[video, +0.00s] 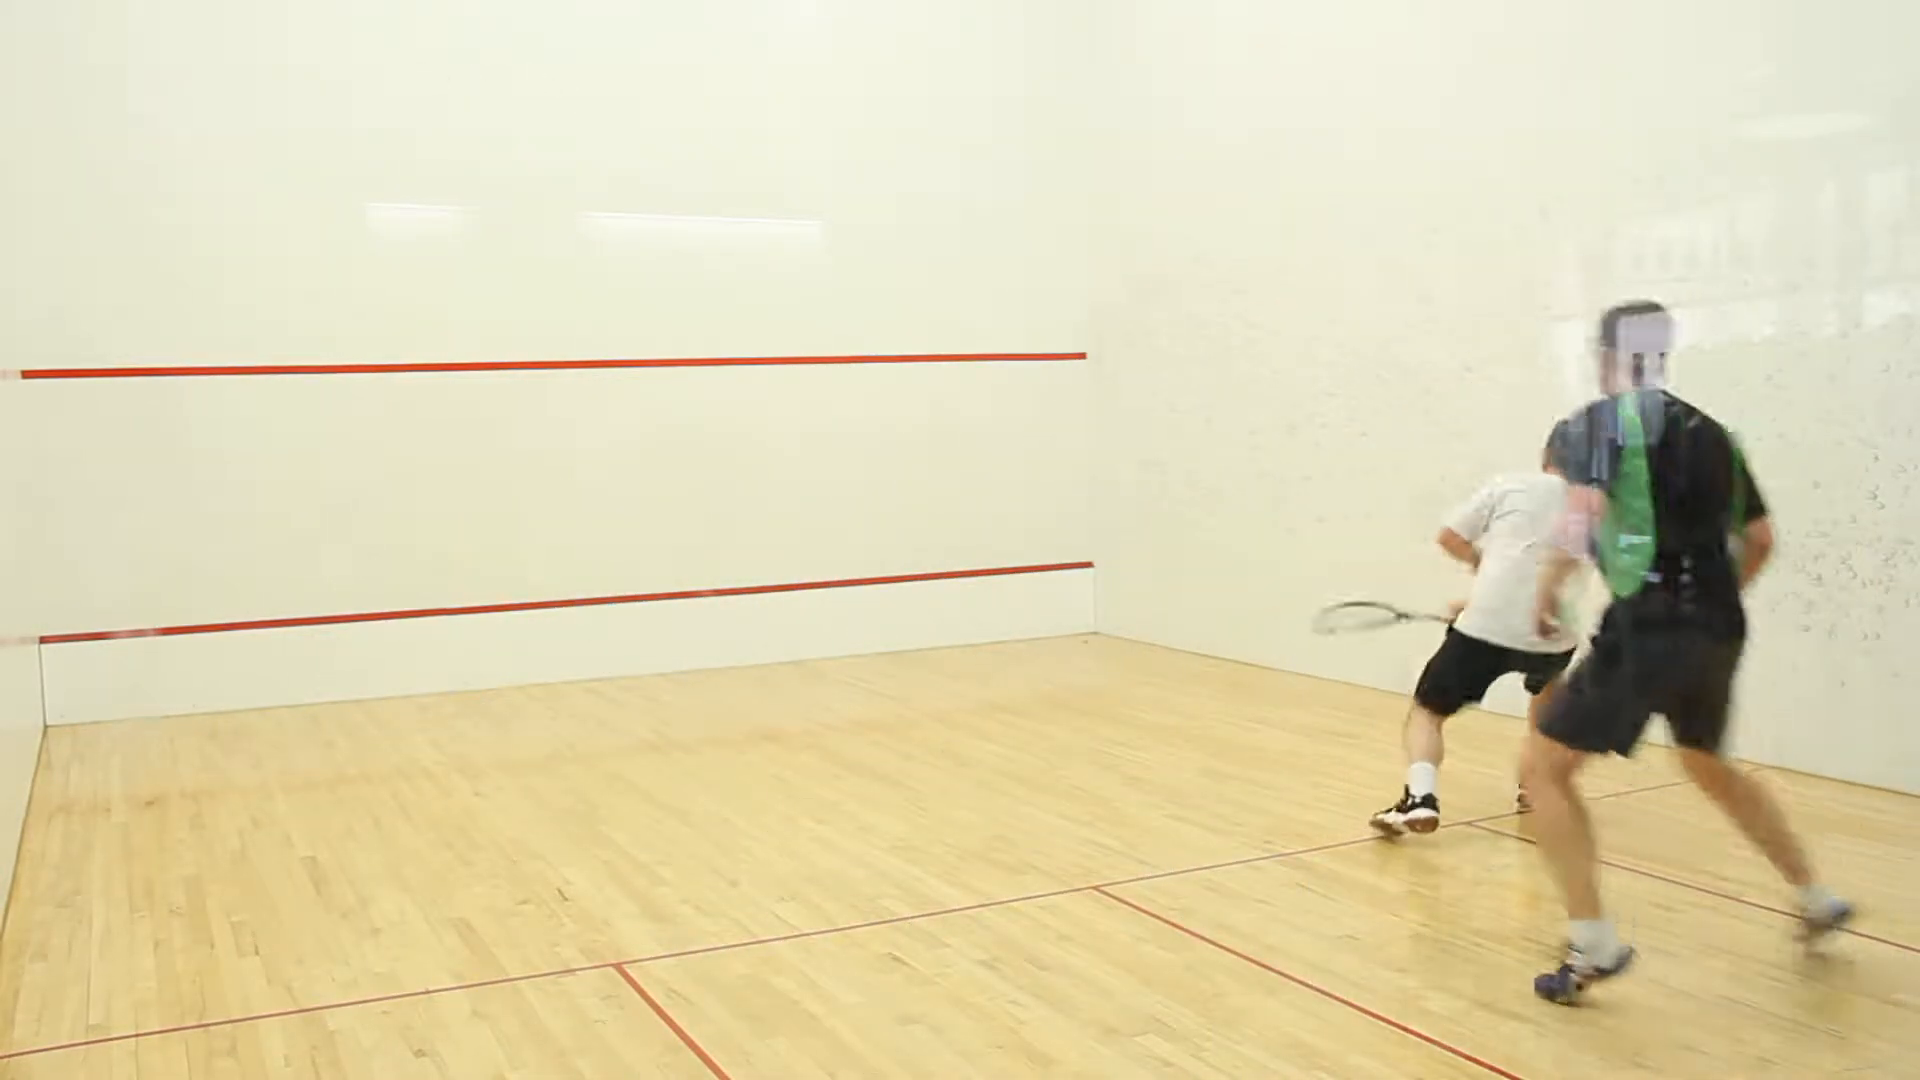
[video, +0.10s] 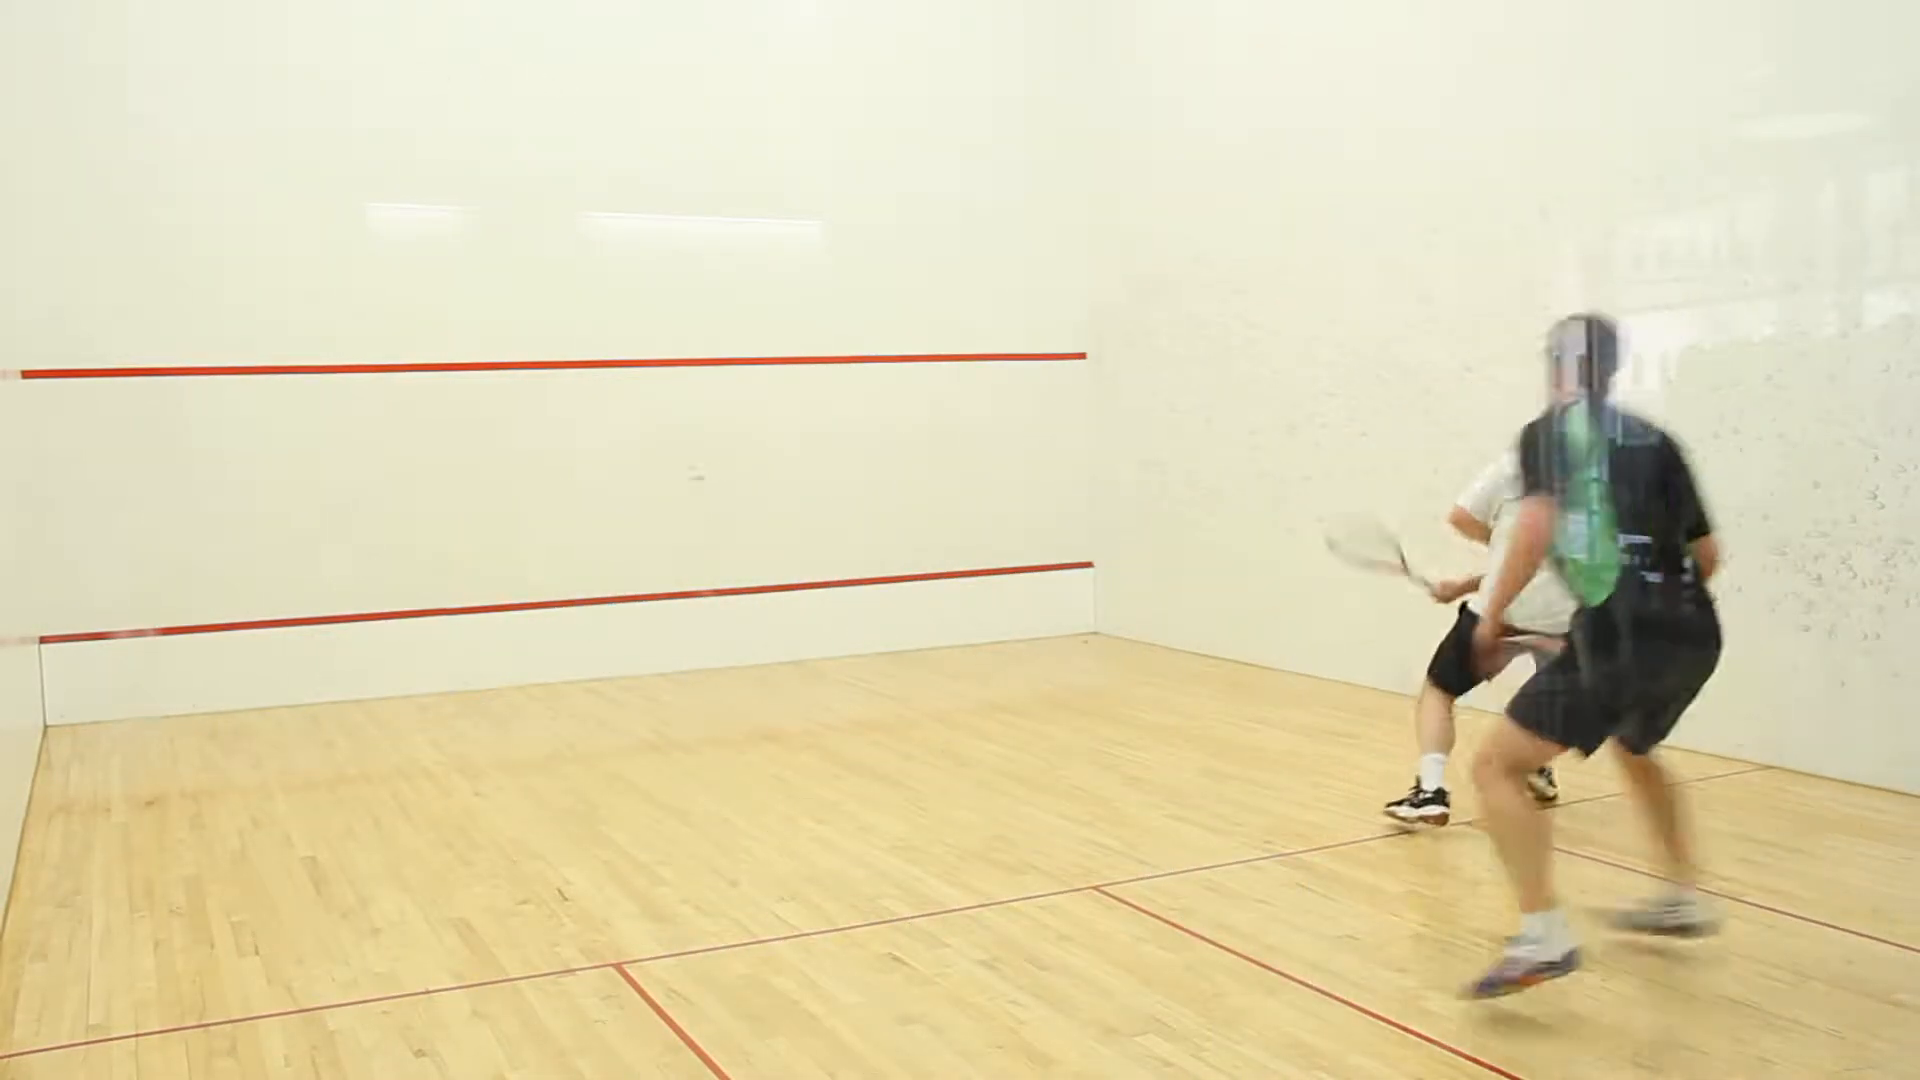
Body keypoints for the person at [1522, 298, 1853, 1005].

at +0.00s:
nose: (1601, 368)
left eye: (1603, 357)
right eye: (1614, 356)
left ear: (1608, 358)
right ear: (1665, 357)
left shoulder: (1590, 427)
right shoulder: (1710, 432)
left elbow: (1580, 517)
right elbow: (1760, 537)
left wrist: (1547, 593)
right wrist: (1716, 596)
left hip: (1642, 630)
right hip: (1716, 629)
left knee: (1543, 767)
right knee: (1704, 759)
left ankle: (1595, 941)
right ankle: (1813, 894)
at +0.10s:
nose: (1552, 376)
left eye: (1556, 364)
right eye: (1560, 363)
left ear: (1561, 368)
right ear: (1613, 368)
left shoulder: (1547, 433)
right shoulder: (1655, 442)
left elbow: (1534, 531)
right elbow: (1706, 554)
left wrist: (1490, 617)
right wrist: (1641, 603)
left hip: (1620, 629)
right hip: (1693, 631)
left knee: (1496, 764)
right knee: (1632, 744)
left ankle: (1543, 932)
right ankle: (1683, 894)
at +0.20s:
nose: (1492, 422)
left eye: (1496, 411)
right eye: (1497, 410)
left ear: (1508, 416)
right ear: (1561, 416)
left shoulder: (1502, 484)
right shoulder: (1608, 481)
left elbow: (1487, 586)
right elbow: (1648, 591)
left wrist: (1445, 675)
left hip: (1583, 677)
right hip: (1652, 671)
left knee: (1453, 794)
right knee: (1583, 784)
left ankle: (1446, 961)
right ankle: (1605, 914)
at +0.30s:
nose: (1426, 430)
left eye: (1433, 421)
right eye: (1431, 420)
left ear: (1452, 433)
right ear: (1490, 430)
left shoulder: (1458, 503)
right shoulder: (1540, 489)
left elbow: (1464, 606)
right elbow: (1580, 589)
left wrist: (1410, 693)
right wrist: (1518, 668)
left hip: (1545, 705)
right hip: (1592, 693)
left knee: (1395, 813)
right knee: (1551, 801)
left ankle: (1369, 999)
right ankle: (1604, 916)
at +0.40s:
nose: (1364, 419)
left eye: (1373, 408)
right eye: (1370, 406)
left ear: (1404, 421)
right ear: (1428, 422)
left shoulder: (1423, 494)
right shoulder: (1474, 483)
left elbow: (1441, 607)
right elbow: (1499, 595)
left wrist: (1367, 674)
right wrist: (1442, 666)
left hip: (1486, 727)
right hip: (1518, 714)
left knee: (1344, 828)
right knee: (1470, 805)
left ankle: (1372, 1006)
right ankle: (1563, 894)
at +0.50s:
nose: (1308, 413)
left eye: (1319, 400)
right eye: (1312, 399)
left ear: (1357, 413)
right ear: (1367, 414)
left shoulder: (1398, 482)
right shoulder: (1397, 476)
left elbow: (1432, 591)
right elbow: (1414, 598)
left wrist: (1323, 652)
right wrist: (1359, 665)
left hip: (1452, 729)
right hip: (1423, 713)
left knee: (1319, 860)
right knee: (1369, 820)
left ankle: (1367, 1007)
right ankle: (1442, 927)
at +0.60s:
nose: (1248, 408)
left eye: (1262, 394)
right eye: (1252, 393)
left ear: (1311, 406)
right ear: (1303, 407)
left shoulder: (1377, 471)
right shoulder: (1318, 495)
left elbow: (1427, 594)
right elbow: (1295, 608)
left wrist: (1314, 659)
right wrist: (1234, 685)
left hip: (1432, 734)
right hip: (1363, 717)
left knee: (1291, 870)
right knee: (1270, 855)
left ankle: (1347, 983)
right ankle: (1259, 1000)